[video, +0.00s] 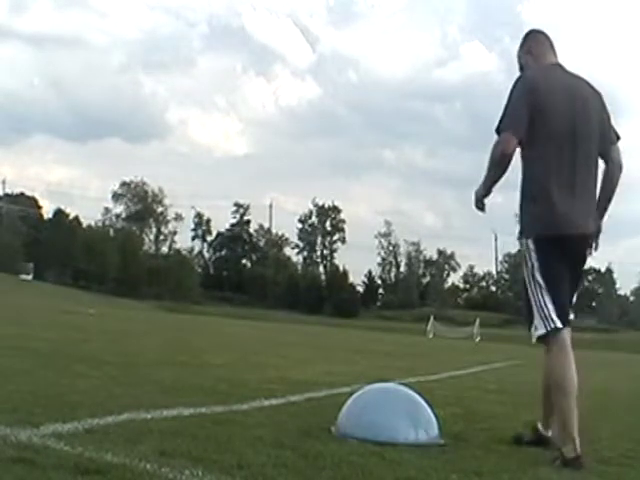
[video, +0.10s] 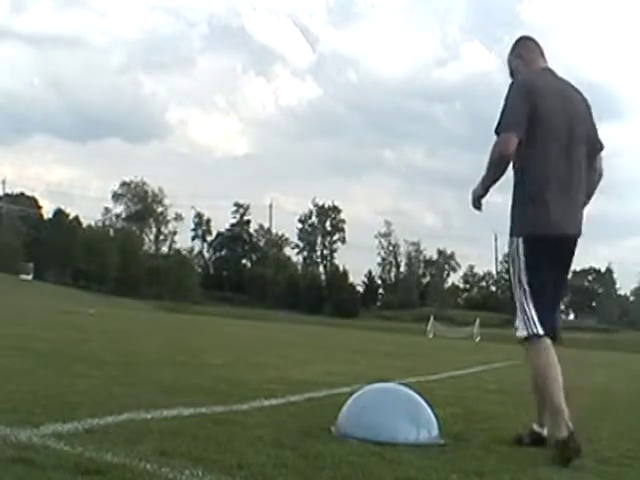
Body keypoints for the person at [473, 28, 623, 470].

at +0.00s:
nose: (523, 68)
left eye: (522, 61)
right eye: (523, 62)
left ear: (529, 52)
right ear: (554, 51)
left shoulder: (530, 82)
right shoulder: (590, 92)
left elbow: (506, 146)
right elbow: (616, 162)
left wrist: (485, 188)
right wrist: (598, 215)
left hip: (544, 224)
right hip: (583, 225)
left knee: (557, 335)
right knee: (555, 331)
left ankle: (571, 448)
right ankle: (548, 428)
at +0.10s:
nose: (513, 75)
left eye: (512, 68)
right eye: (513, 69)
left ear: (521, 56)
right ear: (543, 57)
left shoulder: (524, 85)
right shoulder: (578, 97)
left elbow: (506, 145)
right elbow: (595, 169)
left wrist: (484, 186)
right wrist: (573, 205)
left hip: (533, 221)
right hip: (568, 223)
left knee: (537, 329)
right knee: (543, 328)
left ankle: (563, 431)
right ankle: (542, 426)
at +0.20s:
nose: (504, 78)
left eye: (504, 71)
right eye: (503, 72)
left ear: (515, 58)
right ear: (531, 58)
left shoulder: (518, 85)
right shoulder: (562, 96)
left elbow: (507, 144)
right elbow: (574, 168)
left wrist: (485, 182)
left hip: (525, 222)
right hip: (559, 224)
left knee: (502, 326)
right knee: (537, 330)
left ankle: (546, 408)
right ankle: (542, 424)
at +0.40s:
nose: (479, 85)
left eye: (479, 76)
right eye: (476, 79)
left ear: (494, 63)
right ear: (502, 62)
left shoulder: (505, 86)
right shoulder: (525, 93)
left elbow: (506, 139)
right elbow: (524, 154)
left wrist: (470, 164)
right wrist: (485, 163)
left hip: (505, 223)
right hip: (535, 224)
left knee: (474, 320)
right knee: (525, 328)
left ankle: (481, 419)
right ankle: (537, 427)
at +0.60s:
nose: (453, 94)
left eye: (455, 85)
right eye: (451, 87)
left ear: (473, 72)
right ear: (469, 75)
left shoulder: (488, 101)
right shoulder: (487, 105)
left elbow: (493, 156)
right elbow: (491, 163)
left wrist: (452, 164)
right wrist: (453, 162)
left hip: (481, 235)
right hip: (488, 233)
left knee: (458, 332)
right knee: (482, 332)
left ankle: (460, 424)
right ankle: (521, 403)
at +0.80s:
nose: (434, 87)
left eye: (437, 78)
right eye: (430, 82)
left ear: (455, 67)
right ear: (433, 79)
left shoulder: (478, 97)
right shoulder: (448, 113)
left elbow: (483, 154)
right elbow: (444, 164)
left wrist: (437, 143)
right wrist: (426, 153)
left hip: (469, 228)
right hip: (446, 227)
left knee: (456, 329)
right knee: (424, 315)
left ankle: (459, 423)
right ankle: (461, 382)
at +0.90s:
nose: (426, 88)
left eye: (428, 78)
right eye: (421, 82)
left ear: (445, 67)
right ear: (423, 80)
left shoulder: (471, 96)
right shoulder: (436, 113)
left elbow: (478, 151)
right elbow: (438, 174)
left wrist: (435, 132)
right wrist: (414, 150)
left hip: (462, 226)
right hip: (433, 226)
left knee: (454, 327)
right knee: (404, 313)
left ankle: (461, 423)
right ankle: (411, 395)